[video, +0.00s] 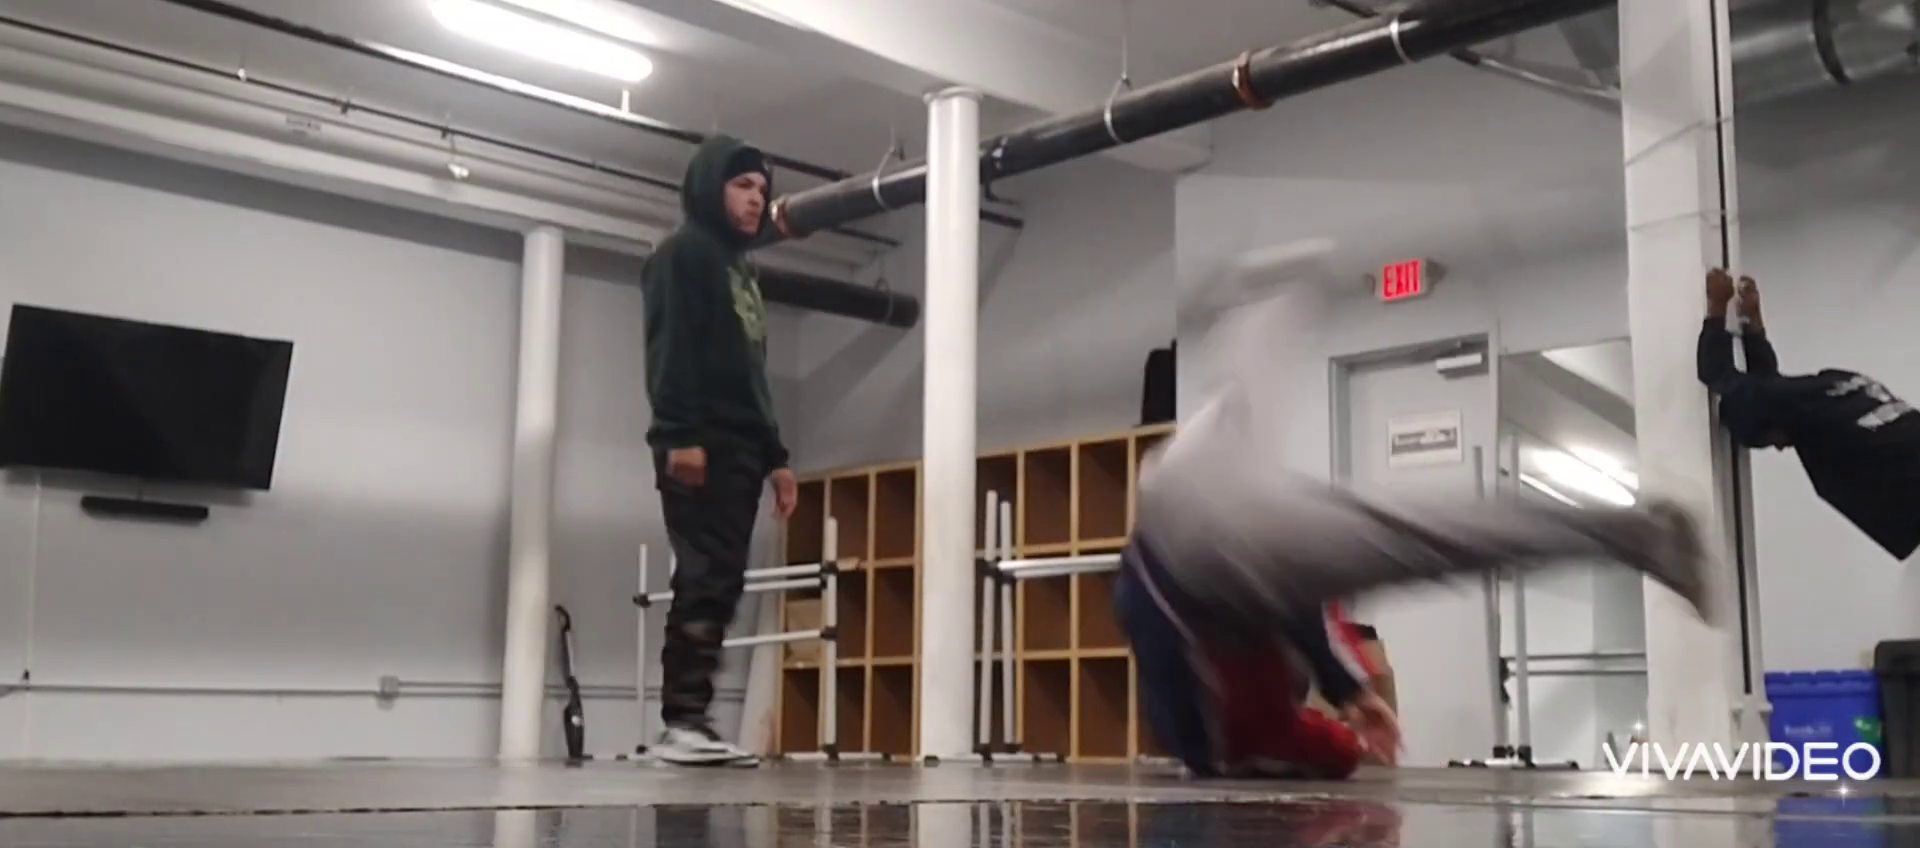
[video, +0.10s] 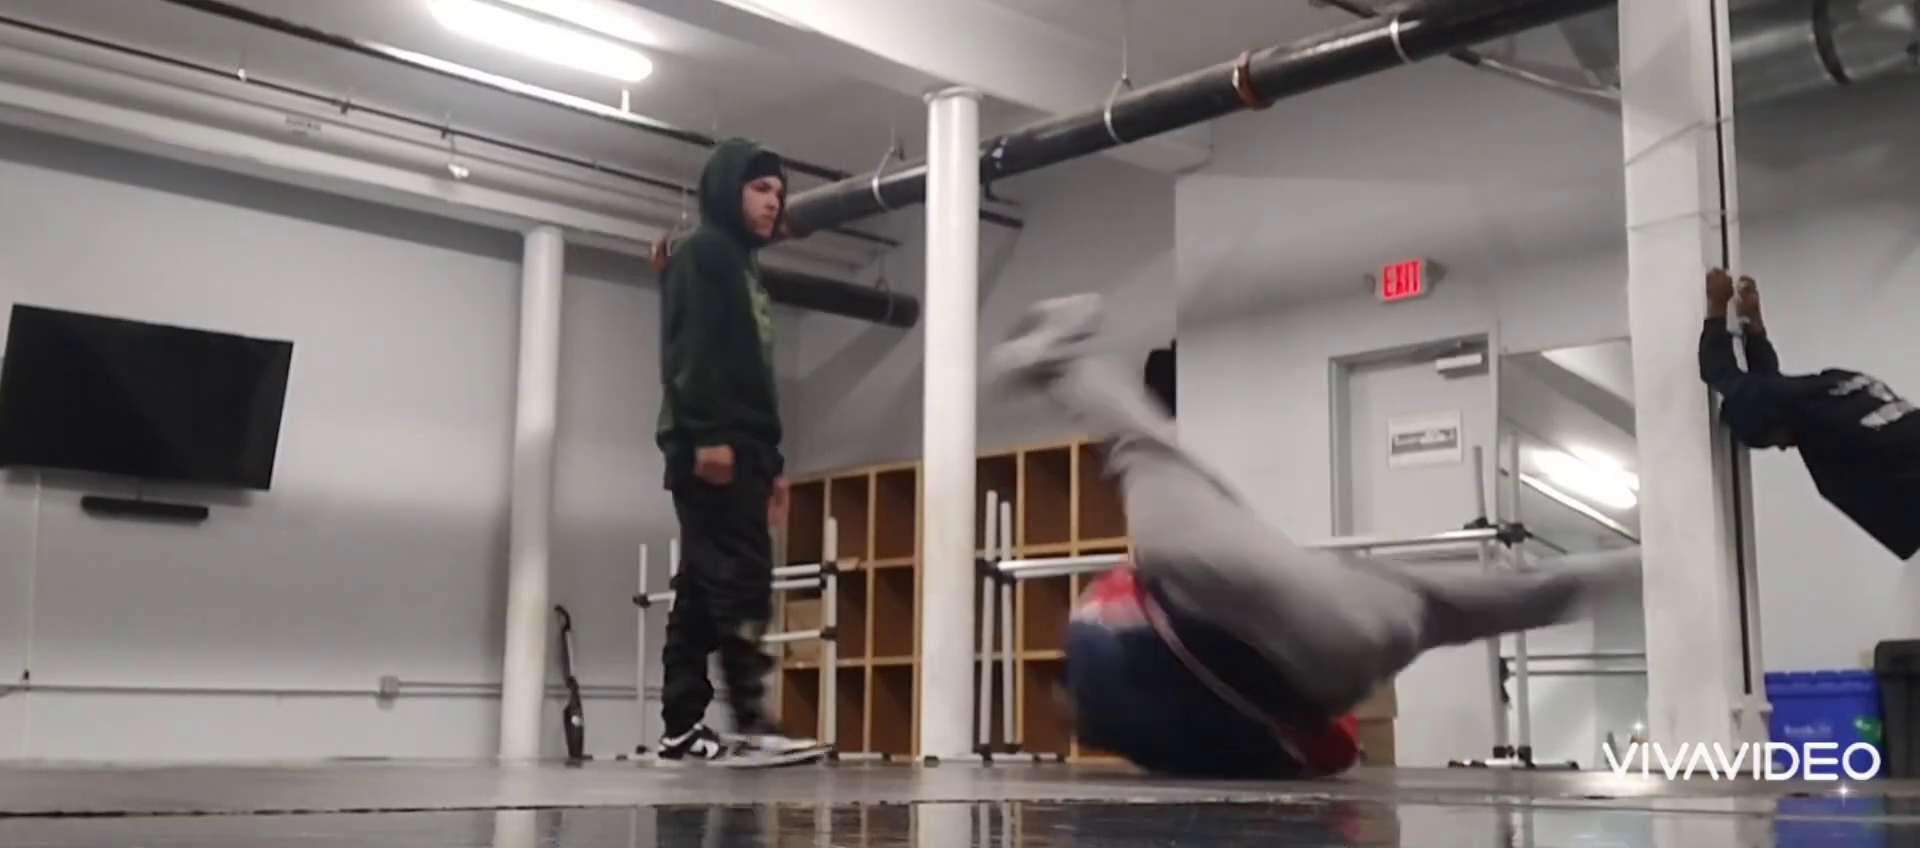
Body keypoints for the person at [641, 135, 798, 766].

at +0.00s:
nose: (756, 200)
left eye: (761, 190)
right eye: (744, 186)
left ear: (762, 199)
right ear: (709, 188)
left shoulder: (741, 271)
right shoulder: (681, 255)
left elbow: (751, 373)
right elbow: (670, 349)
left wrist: (777, 459)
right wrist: (679, 435)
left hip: (739, 447)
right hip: (700, 444)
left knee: (718, 581)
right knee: (704, 578)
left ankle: (692, 722)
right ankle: (681, 723)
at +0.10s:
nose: (772, 202)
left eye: (778, 192)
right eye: (760, 189)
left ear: (777, 201)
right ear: (725, 192)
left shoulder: (740, 264)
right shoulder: (702, 253)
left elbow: (753, 370)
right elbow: (693, 350)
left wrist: (770, 459)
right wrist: (708, 434)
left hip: (740, 448)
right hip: (711, 446)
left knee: (704, 586)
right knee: (739, 580)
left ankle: (683, 727)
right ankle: (750, 727)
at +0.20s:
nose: (788, 205)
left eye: (793, 196)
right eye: (776, 192)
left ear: (789, 203)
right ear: (743, 194)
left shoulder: (747, 260)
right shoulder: (725, 254)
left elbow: (745, 353)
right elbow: (719, 349)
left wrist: (764, 441)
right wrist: (738, 434)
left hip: (733, 450)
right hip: (728, 449)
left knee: (708, 592)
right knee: (761, 583)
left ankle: (684, 728)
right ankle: (802, 723)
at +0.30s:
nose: (802, 209)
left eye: (807, 200)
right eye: (791, 196)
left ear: (803, 207)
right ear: (757, 197)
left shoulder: (757, 260)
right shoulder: (743, 259)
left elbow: (762, 358)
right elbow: (748, 356)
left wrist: (778, 436)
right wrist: (765, 439)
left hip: (741, 449)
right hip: (741, 448)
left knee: (719, 593)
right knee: (777, 587)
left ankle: (684, 728)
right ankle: (809, 729)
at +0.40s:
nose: (817, 210)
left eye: (821, 199)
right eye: (805, 198)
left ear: (819, 204)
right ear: (770, 201)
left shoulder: (771, 262)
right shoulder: (761, 261)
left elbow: (769, 362)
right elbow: (760, 363)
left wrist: (794, 444)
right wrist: (785, 448)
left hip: (757, 452)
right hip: (761, 452)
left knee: (732, 594)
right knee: (792, 593)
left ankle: (686, 726)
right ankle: (814, 731)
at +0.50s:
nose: (835, 209)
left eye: (837, 197)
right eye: (823, 197)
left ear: (824, 202)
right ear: (789, 200)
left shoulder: (781, 261)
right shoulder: (786, 262)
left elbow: (791, 363)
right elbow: (793, 363)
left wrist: (809, 447)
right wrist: (807, 451)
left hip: (768, 451)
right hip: (785, 452)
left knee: (754, 592)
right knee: (809, 593)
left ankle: (692, 722)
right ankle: (816, 734)